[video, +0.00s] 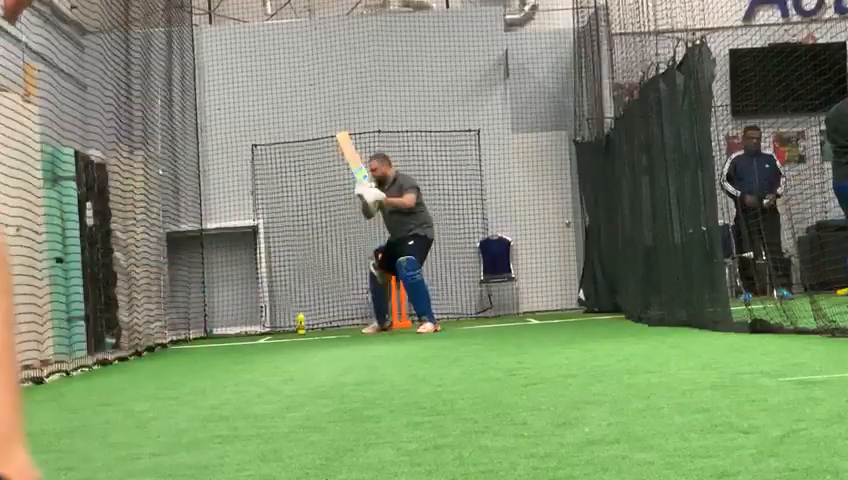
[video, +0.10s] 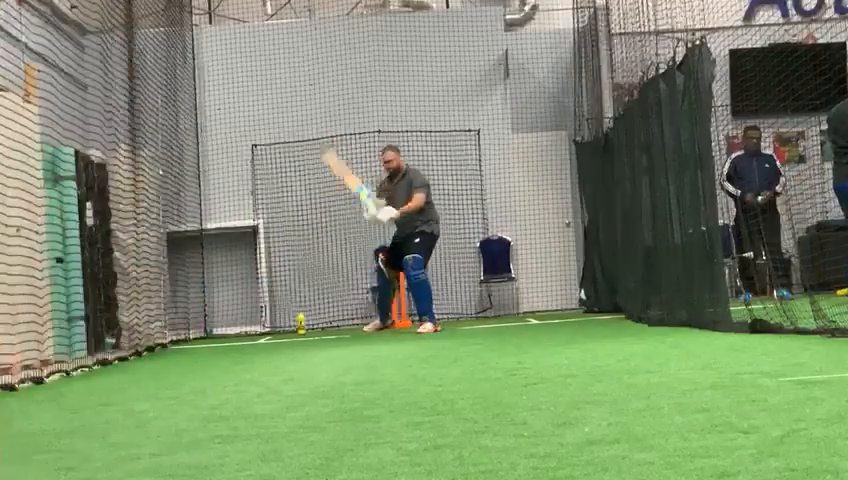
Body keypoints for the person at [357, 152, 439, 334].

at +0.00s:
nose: (373, 174)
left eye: (375, 170)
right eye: (371, 171)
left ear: (387, 166)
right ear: (371, 171)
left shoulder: (405, 181)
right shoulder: (378, 187)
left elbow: (409, 202)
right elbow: (368, 214)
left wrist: (382, 199)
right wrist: (364, 197)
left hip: (419, 234)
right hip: (398, 239)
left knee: (406, 265)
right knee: (376, 267)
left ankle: (428, 321)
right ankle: (382, 321)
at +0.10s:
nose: (387, 165)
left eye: (390, 161)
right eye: (385, 162)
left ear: (400, 158)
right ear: (382, 163)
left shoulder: (415, 176)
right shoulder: (385, 184)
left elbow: (419, 202)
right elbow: (379, 205)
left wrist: (397, 212)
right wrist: (373, 211)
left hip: (424, 229)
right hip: (403, 233)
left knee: (412, 265)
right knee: (385, 267)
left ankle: (428, 321)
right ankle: (384, 318)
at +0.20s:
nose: (401, 159)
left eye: (404, 155)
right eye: (397, 157)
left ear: (412, 151)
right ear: (393, 157)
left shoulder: (425, 171)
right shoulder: (393, 177)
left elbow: (431, 199)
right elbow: (389, 201)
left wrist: (416, 217)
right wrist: (387, 221)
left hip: (428, 226)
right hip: (406, 227)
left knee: (419, 263)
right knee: (388, 265)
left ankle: (428, 320)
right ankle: (403, 316)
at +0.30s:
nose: (416, 156)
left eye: (418, 152)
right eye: (411, 153)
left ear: (424, 149)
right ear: (405, 153)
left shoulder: (434, 169)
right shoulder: (399, 173)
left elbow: (438, 197)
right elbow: (396, 203)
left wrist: (431, 218)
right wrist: (390, 228)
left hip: (433, 227)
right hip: (410, 227)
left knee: (426, 269)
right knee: (400, 271)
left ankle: (430, 318)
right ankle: (426, 308)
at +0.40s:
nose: (427, 156)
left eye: (429, 152)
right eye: (422, 154)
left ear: (433, 149)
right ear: (413, 152)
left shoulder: (442, 169)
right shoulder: (404, 172)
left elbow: (452, 199)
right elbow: (399, 203)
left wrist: (457, 225)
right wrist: (393, 229)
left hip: (438, 226)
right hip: (416, 228)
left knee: (429, 270)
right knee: (407, 271)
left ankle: (429, 319)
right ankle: (444, 304)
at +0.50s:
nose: (434, 162)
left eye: (437, 157)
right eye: (430, 158)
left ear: (440, 153)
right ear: (420, 154)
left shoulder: (448, 171)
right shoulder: (410, 173)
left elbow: (469, 195)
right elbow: (402, 201)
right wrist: (394, 229)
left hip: (444, 228)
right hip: (422, 230)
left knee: (434, 272)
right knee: (422, 274)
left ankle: (430, 320)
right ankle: (460, 313)